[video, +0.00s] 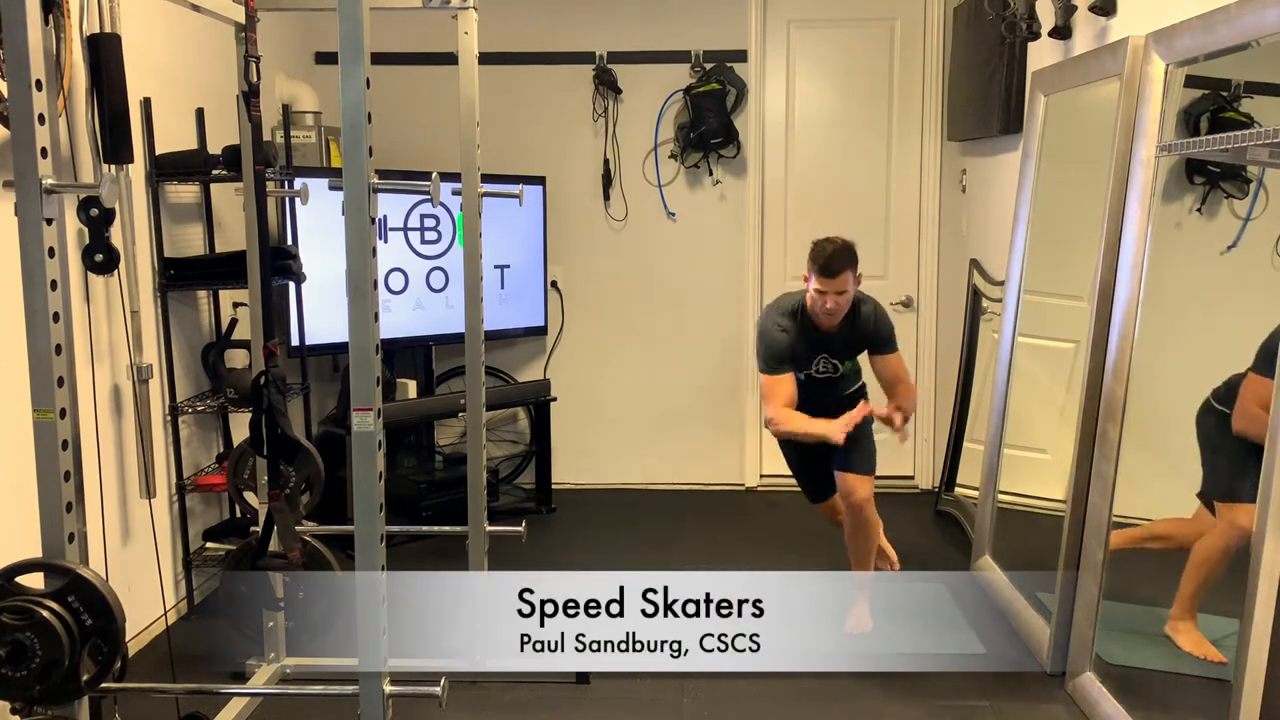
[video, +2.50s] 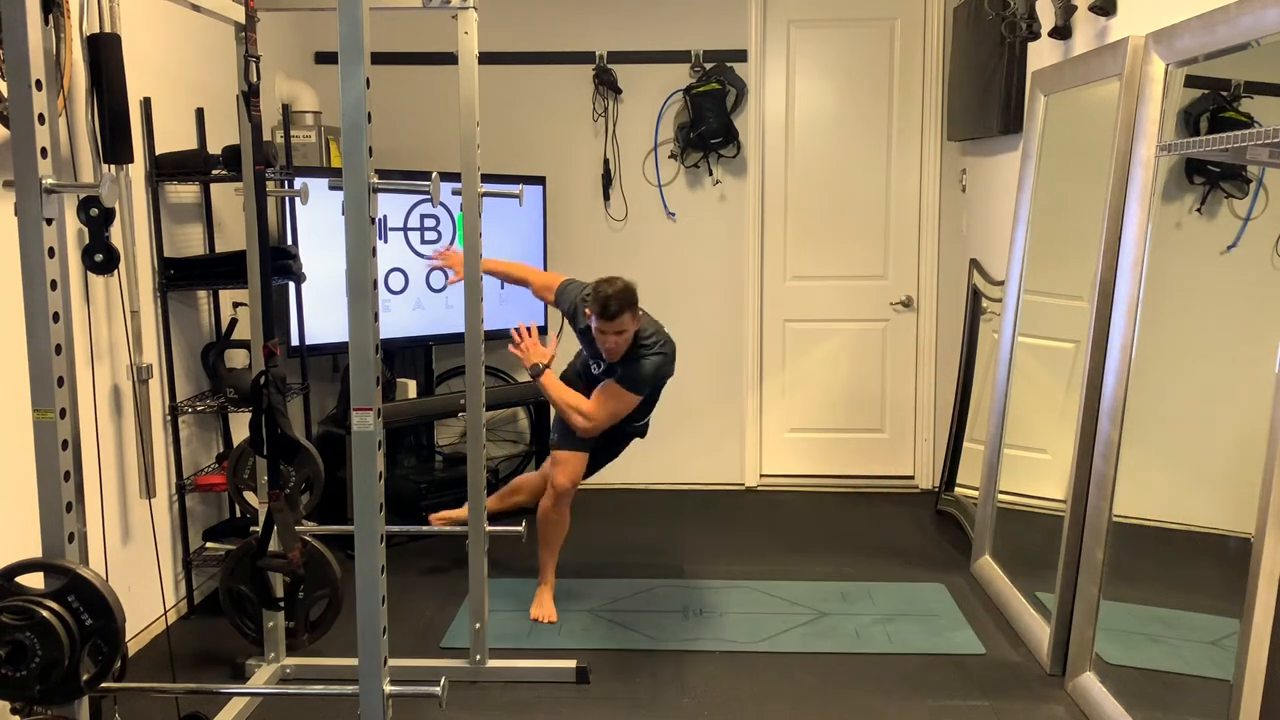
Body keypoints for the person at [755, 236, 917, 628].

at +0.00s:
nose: (829, 303)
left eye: (839, 294)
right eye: (820, 292)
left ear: (856, 284)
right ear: (806, 281)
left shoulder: (869, 316)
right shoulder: (779, 321)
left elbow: (900, 386)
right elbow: (777, 415)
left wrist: (900, 411)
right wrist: (829, 428)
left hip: (848, 408)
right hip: (797, 417)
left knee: (857, 499)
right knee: (834, 510)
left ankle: (861, 595)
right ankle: (871, 534)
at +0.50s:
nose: (665, 280)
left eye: (674, 271)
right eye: (656, 269)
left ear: (689, 262)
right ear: (644, 258)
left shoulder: (707, 296)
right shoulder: (617, 274)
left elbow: (774, 352)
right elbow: (565, 266)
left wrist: (724, 389)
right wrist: (533, 316)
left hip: (679, 393)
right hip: (616, 387)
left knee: (712, 498)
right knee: (578, 482)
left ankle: (715, 590)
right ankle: (545, 572)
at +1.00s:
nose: (637, 315)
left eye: (645, 305)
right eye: (628, 306)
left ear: (657, 294)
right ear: (611, 295)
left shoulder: (674, 327)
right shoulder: (582, 317)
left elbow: (722, 391)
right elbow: (506, 357)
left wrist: (695, 448)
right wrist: (480, 425)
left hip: (632, 404)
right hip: (576, 396)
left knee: (628, 502)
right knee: (555, 489)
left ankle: (599, 517)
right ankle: (539, 572)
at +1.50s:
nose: (793, 321)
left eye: (799, 309)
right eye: (780, 312)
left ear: (808, 298)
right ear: (761, 303)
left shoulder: (817, 301)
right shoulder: (745, 350)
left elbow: (826, 290)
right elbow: (820, 420)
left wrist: (831, 306)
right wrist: (869, 354)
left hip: (812, 390)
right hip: (761, 414)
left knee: (843, 493)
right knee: (801, 506)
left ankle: (863, 587)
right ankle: (819, 510)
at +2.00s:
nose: (738, 311)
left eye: (747, 301)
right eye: (728, 301)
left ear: (760, 287)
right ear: (713, 288)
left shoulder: (778, 306)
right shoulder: (681, 308)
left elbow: (841, 368)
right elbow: (640, 362)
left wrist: (824, 432)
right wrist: (631, 421)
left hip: (760, 389)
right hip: (697, 390)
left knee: (807, 482)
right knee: (661, 488)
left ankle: (859, 577)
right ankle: (637, 544)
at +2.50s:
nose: (610, 344)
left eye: (619, 334)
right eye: (602, 334)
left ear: (636, 322)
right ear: (590, 318)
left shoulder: (654, 356)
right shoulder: (581, 304)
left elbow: (589, 420)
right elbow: (531, 279)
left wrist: (540, 370)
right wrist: (473, 264)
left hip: (620, 423)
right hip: (580, 387)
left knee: (546, 479)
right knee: (562, 485)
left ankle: (474, 511)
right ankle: (546, 584)